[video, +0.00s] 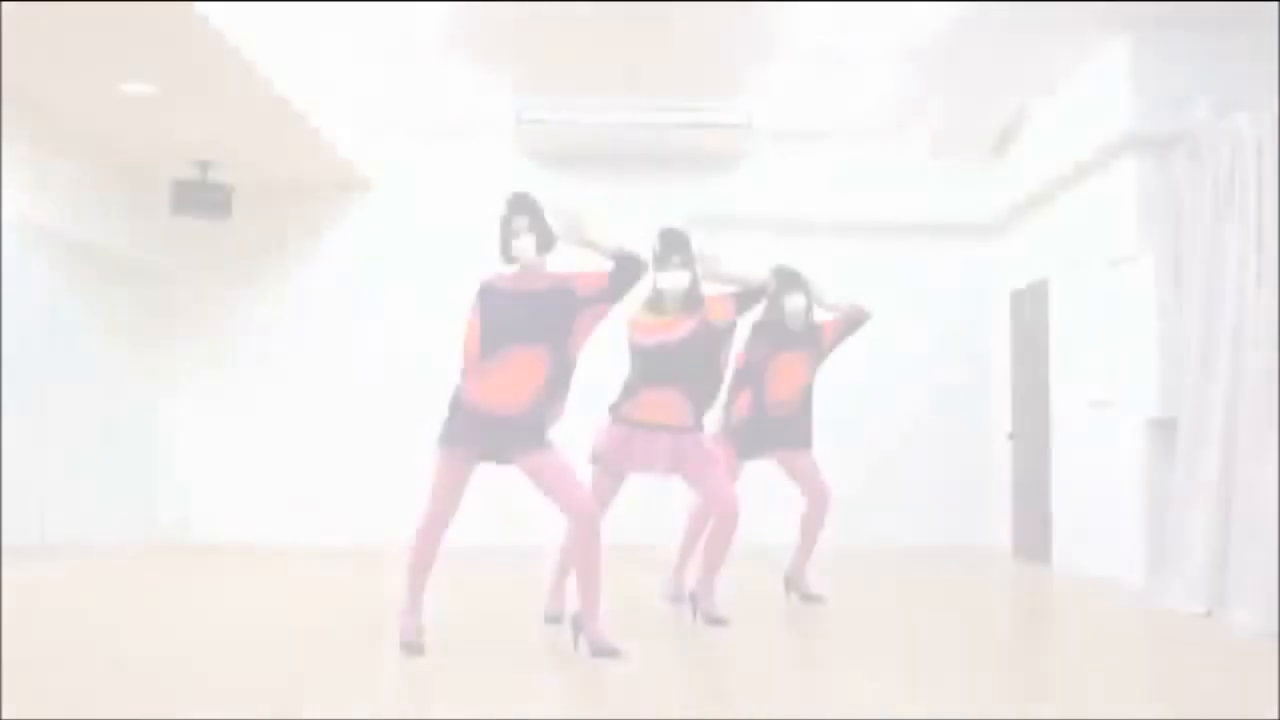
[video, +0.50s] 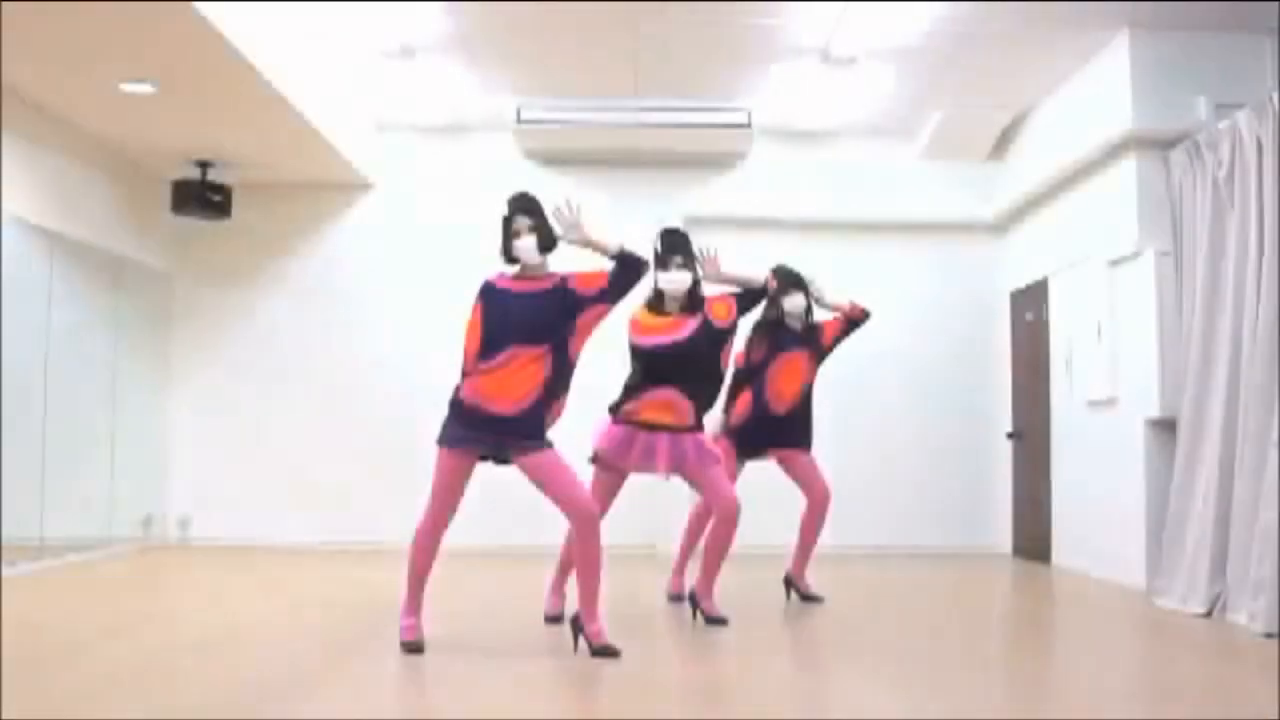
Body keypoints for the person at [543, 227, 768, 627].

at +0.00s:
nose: (672, 280)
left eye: (680, 270)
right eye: (665, 271)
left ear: (692, 274)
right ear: (652, 274)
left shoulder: (715, 312)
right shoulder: (639, 317)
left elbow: (765, 288)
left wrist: (715, 273)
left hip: (683, 438)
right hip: (628, 434)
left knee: (726, 505)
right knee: (588, 513)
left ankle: (705, 591)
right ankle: (557, 593)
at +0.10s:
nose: (672, 282)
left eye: (679, 273)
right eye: (665, 273)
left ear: (691, 277)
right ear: (654, 276)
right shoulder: (639, 318)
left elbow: (763, 290)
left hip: (683, 438)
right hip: (629, 434)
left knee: (726, 505)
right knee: (590, 514)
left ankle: (704, 591)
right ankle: (557, 592)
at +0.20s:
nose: (672, 279)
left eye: (680, 270)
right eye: (665, 270)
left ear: (693, 277)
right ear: (653, 276)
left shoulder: (713, 314)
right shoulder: (639, 321)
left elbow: (766, 289)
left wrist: (719, 278)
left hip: (683, 436)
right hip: (629, 430)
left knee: (727, 504)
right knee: (590, 513)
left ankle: (704, 590)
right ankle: (557, 589)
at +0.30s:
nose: (673, 281)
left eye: (681, 272)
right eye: (666, 272)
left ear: (693, 279)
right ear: (653, 278)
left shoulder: (715, 314)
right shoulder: (640, 322)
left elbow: (765, 288)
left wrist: (721, 277)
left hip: (683, 435)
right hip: (629, 429)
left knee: (727, 504)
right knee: (590, 512)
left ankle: (704, 591)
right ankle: (557, 590)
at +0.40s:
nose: (673, 279)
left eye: (681, 270)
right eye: (666, 270)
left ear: (694, 277)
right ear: (653, 277)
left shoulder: (716, 314)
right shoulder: (641, 321)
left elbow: (766, 288)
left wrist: (721, 277)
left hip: (683, 434)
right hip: (630, 428)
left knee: (727, 504)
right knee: (590, 512)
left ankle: (703, 590)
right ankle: (557, 588)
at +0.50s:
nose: (673, 281)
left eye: (681, 271)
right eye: (666, 272)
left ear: (694, 278)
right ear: (654, 277)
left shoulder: (718, 313)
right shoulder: (642, 320)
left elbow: (767, 288)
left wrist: (721, 277)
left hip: (684, 434)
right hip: (631, 428)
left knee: (727, 504)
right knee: (591, 512)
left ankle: (703, 590)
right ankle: (557, 587)